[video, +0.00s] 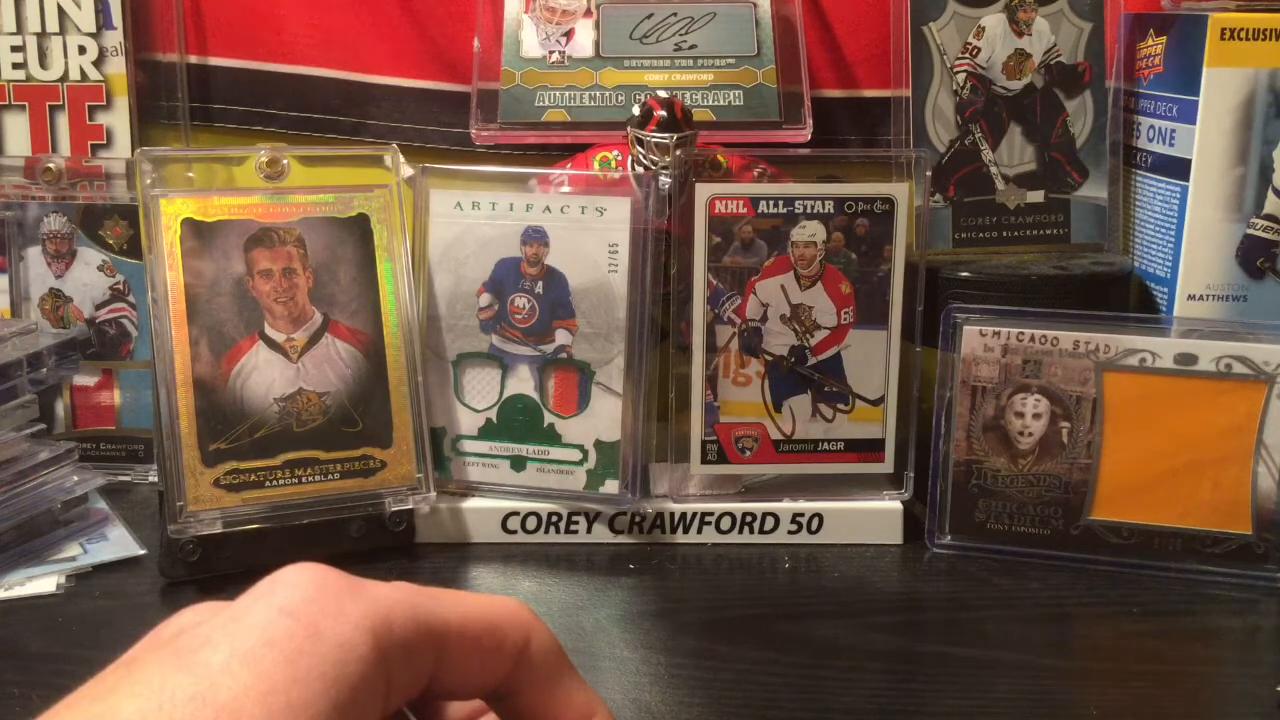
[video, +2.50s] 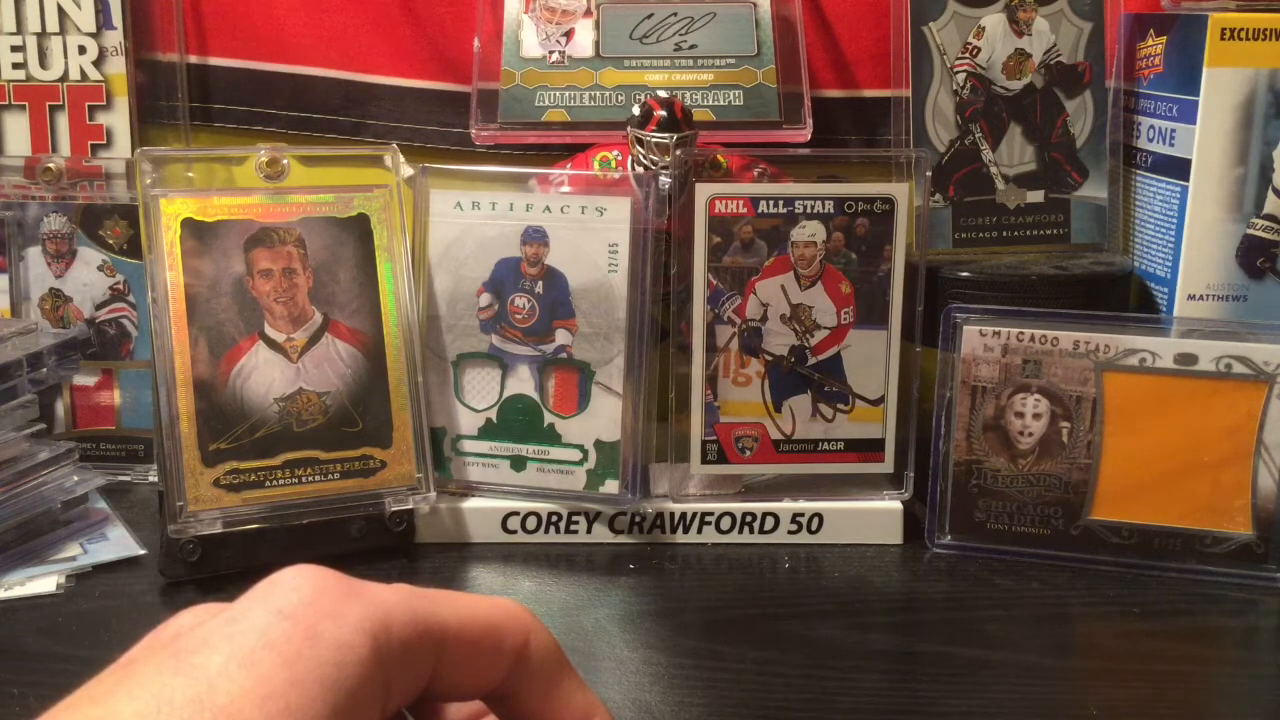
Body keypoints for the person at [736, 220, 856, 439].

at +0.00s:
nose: (801, 253)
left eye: (807, 247)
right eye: (796, 247)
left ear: (821, 249)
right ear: (790, 249)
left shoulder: (838, 284)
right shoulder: (773, 272)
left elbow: (843, 330)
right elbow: (754, 294)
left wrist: (810, 352)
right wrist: (751, 326)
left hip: (823, 354)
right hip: (780, 353)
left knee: (833, 413)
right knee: (799, 409)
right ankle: (790, 469)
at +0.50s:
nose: (801, 253)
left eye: (807, 247)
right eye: (796, 247)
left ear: (821, 249)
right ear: (790, 249)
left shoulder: (838, 285)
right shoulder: (773, 271)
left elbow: (843, 330)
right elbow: (754, 292)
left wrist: (810, 352)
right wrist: (751, 326)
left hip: (823, 353)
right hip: (780, 353)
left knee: (832, 412)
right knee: (799, 409)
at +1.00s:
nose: (801, 253)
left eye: (807, 247)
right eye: (796, 247)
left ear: (821, 249)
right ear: (790, 248)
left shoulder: (838, 285)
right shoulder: (773, 271)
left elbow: (843, 329)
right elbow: (754, 293)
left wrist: (810, 352)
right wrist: (750, 326)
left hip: (823, 353)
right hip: (780, 353)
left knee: (832, 412)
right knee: (799, 410)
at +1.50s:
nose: (801, 253)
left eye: (807, 247)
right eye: (796, 247)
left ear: (821, 249)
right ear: (790, 248)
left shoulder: (838, 285)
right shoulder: (773, 272)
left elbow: (843, 330)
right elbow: (754, 293)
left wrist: (810, 352)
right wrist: (750, 326)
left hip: (823, 354)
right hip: (781, 354)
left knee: (833, 413)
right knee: (799, 410)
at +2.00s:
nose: (801, 253)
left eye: (808, 247)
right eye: (796, 247)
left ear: (821, 249)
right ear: (790, 249)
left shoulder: (838, 285)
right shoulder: (773, 271)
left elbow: (842, 331)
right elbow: (754, 293)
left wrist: (810, 352)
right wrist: (750, 325)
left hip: (823, 354)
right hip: (780, 353)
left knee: (834, 413)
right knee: (798, 411)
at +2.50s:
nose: (801, 253)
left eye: (808, 247)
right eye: (796, 247)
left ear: (821, 249)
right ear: (790, 249)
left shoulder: (838, 285)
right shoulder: (773, 271)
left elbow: (842, 330)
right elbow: (754, 293)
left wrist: (809, 352)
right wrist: (750, 326)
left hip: (822, 353)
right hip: (779, 353)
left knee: (834, 412)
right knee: (798, 410)